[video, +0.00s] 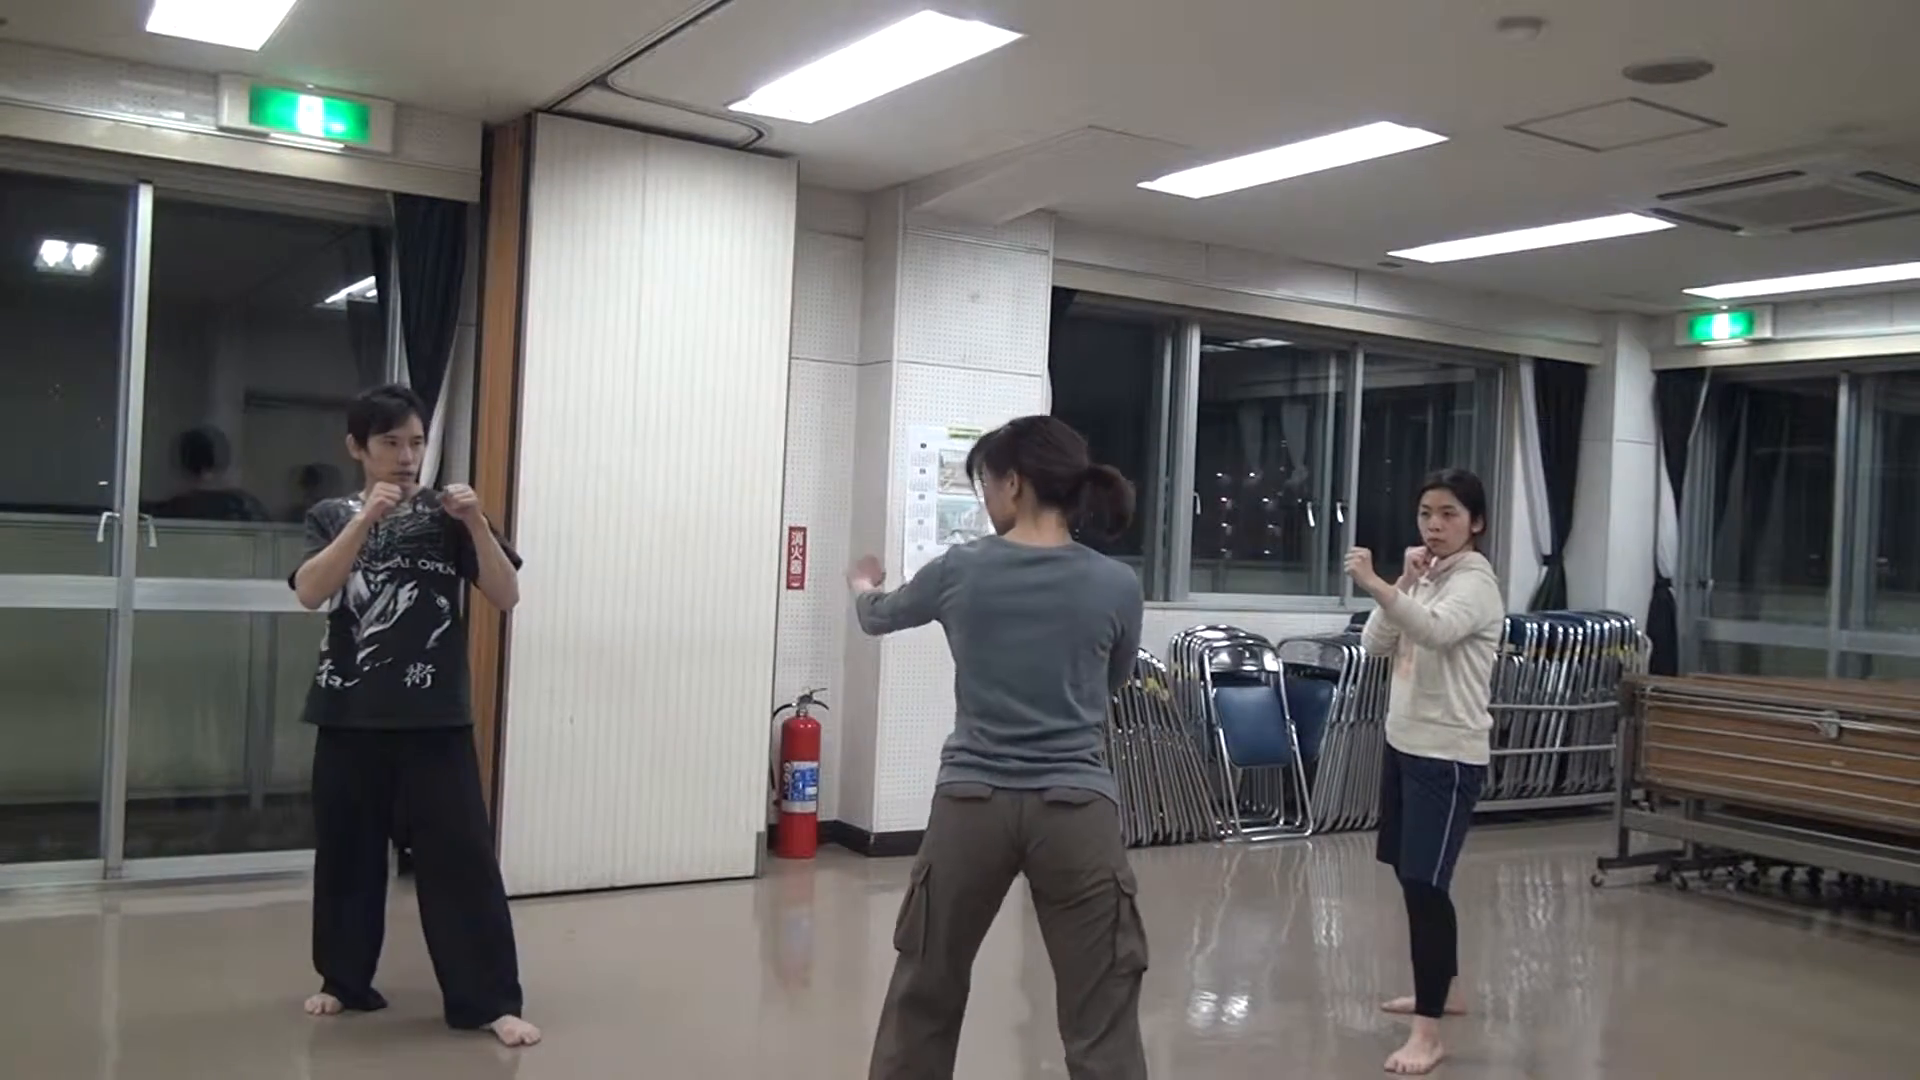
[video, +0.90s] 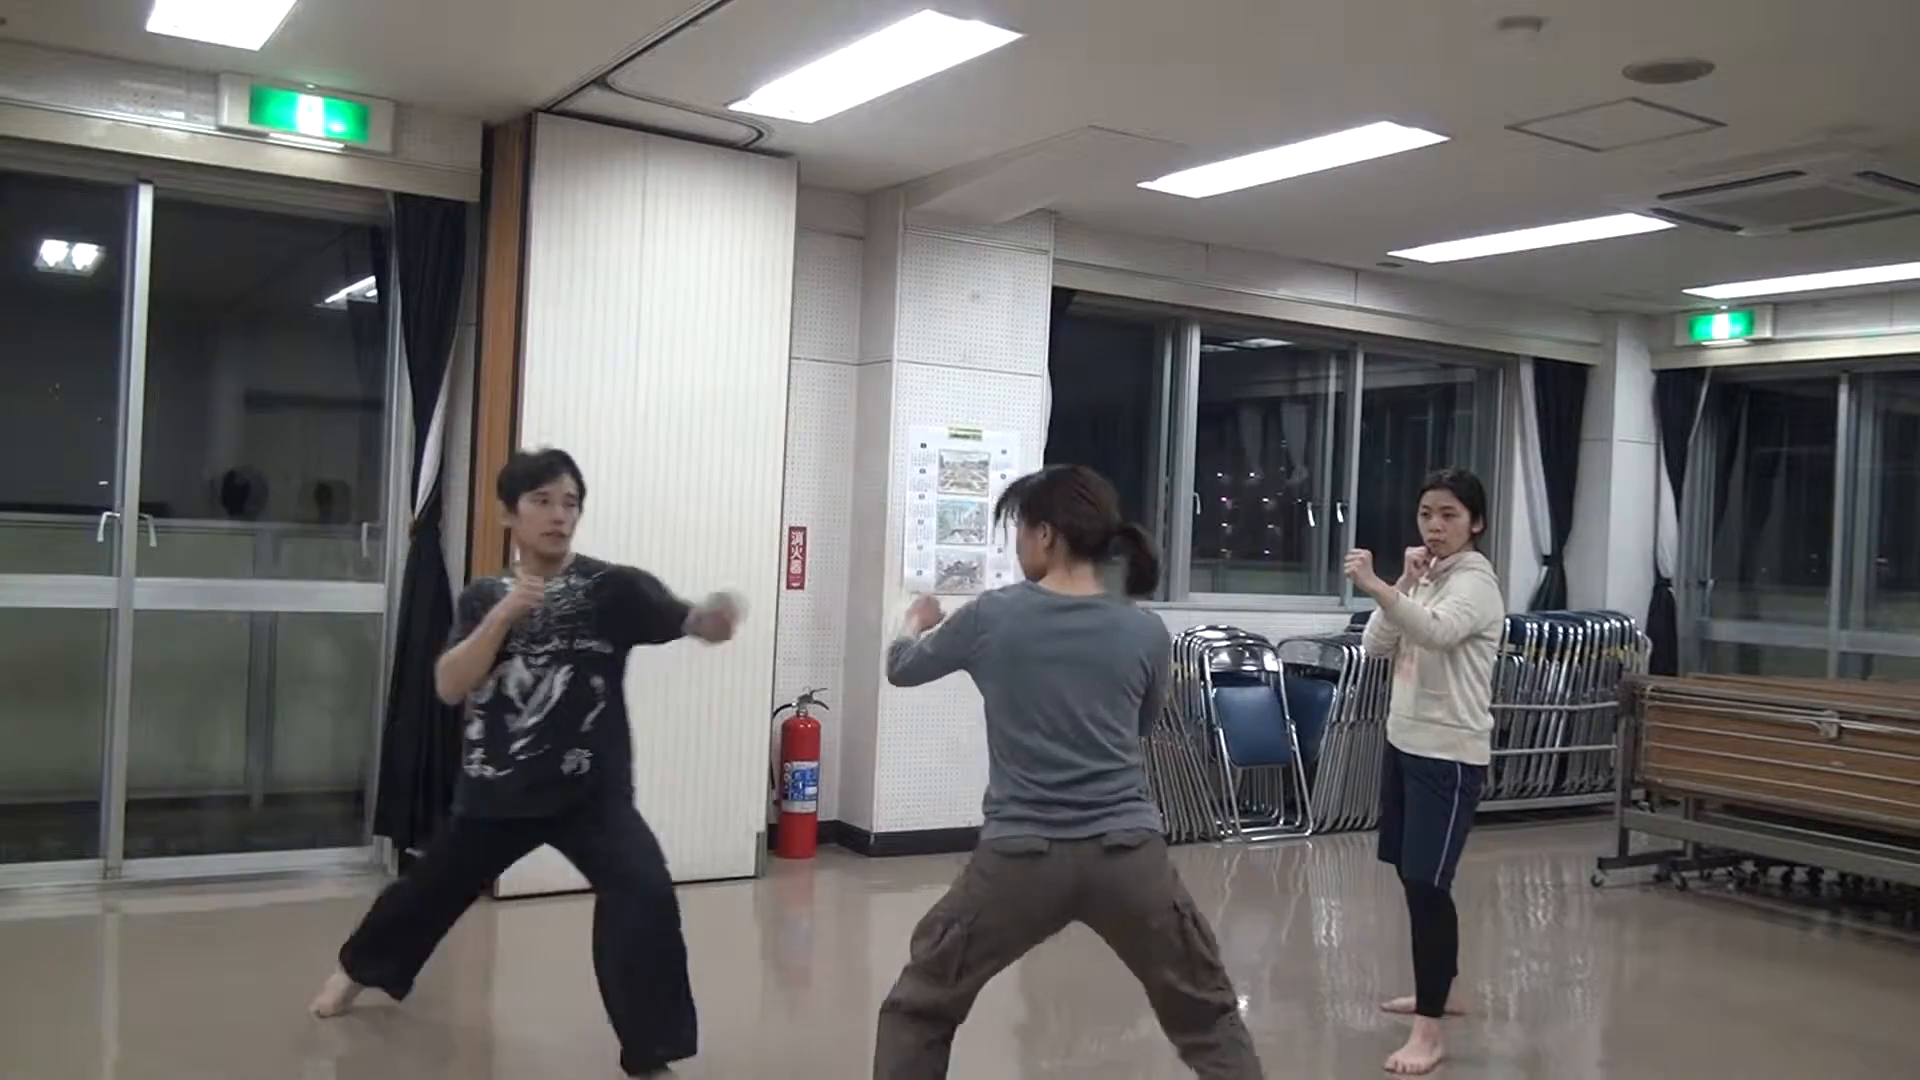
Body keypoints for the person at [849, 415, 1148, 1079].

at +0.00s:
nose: (984, 498)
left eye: (988, 484)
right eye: (983, 484)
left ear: (1017, 485)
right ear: (1072, 489)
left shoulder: (962, 568)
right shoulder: (1118, 583)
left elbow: (881, 615)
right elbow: (1116, 674)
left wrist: (864, 587)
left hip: (970, 811)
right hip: (1078, 813)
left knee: (925, 994)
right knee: (1100, 1012)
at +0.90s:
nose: (1017, 543)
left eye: (1021, 529)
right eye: (1017, 529)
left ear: (1048, 536)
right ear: (1098, 537)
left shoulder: (992, 616)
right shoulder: (1147, 629)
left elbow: (903, 669)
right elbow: (1144, 721)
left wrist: (916, 628)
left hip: (1021, 864)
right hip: (1131, 860)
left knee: (920, 1010)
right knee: (1209, 1021)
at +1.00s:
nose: (1064, 550)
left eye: (1071, 536)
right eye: (1065, 537)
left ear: (1101, 543)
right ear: (1147, 545)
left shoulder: (1046, 625)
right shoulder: (1196, 640)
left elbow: (950, 689)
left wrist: (960, 649)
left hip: (1070, 874)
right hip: (1179, 871)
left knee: (955, 1018)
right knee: (1258, 1025)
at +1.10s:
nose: (1142, 555)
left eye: (1150, 543)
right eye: (1144, 543)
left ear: (1186, 549)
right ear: (1210, 552)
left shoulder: (1135, 631)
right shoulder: (1261, 648)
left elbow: (1044, 725)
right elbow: (1225, 731)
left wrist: (1002, 714)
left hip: (1132, 879)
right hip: (1231, 881)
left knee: (1010, 1024)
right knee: (1300, 1043)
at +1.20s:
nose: (1193, 563)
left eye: (1201, 548)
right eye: (1196, 548)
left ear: (1236, 556)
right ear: (1268, 561)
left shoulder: (1184, 630)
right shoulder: (1310, 661)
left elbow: (1092, 703)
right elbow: (1289, 750)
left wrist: (981, 704)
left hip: (1166, 881)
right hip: (1269, 889)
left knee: (1036, 1025)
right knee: (1318, 1050)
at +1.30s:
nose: (1230, 565)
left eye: (1238, 552)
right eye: (1233, 552)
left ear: (1271, 562)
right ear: (1303, 567)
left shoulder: (1202, 628)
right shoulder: (1345, 671)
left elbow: (1076, 643)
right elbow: (1319, 763)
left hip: (1174, 876)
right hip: (1284, 888)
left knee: (1054, 1035)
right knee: (1347, 1052)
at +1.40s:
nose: (1268, 563)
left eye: (1276, 553)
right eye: (1275, 551)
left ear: (1302, 565)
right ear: (1353, 582)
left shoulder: (1224, 612)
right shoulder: (1369, 685)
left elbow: (1104, 621)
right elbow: (1377, 818)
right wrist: (1314, 806)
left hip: (1168, 865)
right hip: (1279, 884)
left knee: (1056, 1025)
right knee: (1357, 1043)